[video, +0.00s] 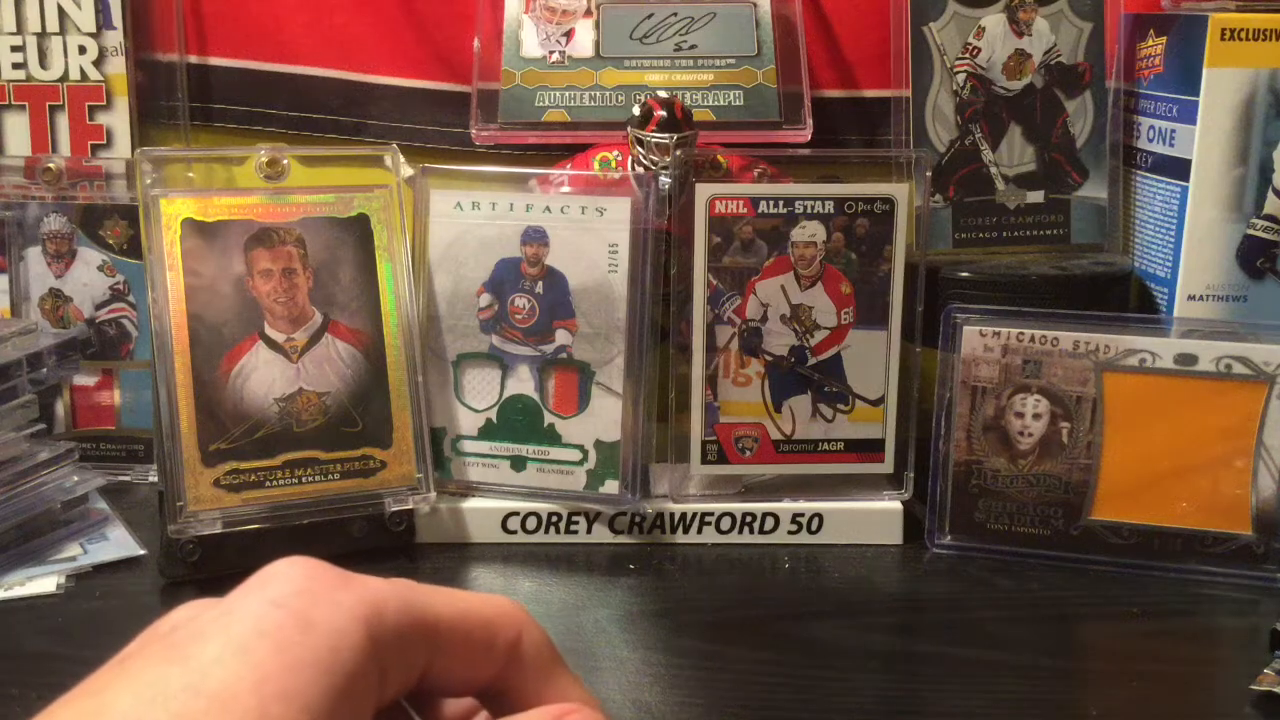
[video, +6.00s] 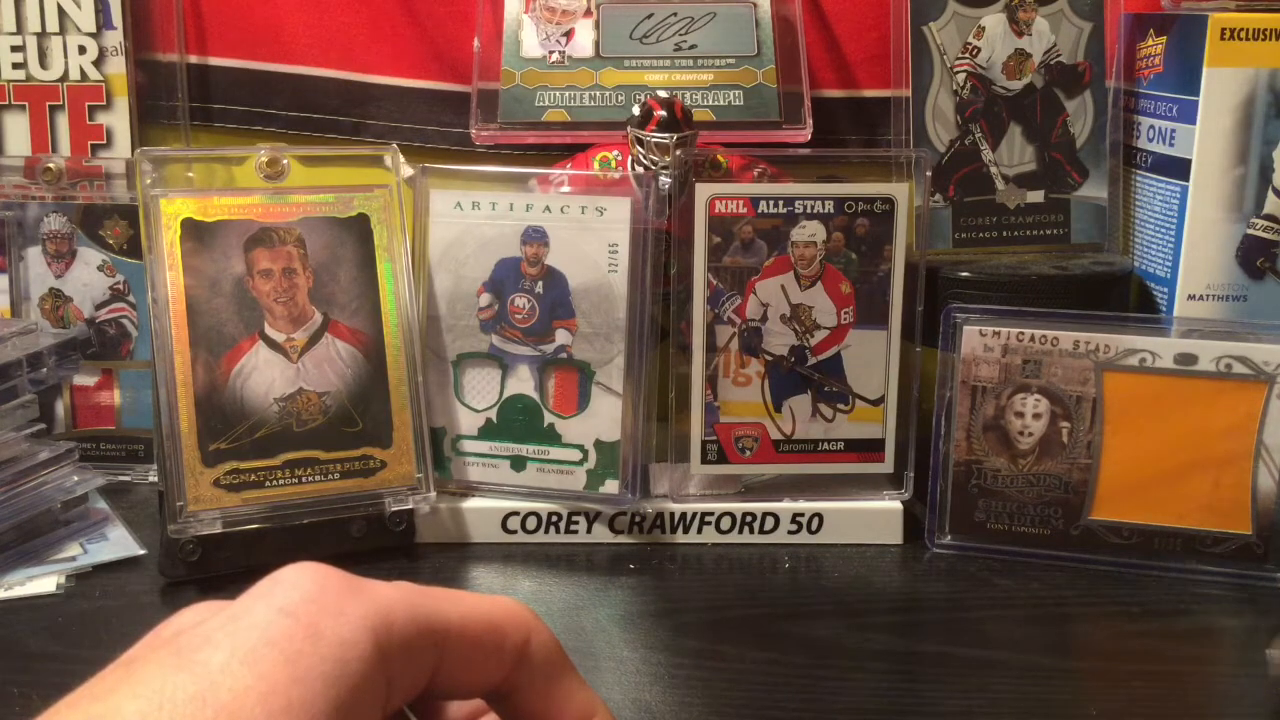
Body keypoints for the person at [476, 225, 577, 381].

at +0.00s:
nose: (535, 252)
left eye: (540, 246)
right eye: (530, 246)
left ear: (547, 250)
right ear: (522, 248)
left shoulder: (557, 280)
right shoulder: (504, 268)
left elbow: (565, 321)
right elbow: (486, 293)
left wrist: (562, 351)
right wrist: (486, 318)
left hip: (542, 352)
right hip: (503, 348)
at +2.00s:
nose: (534, 251)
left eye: (540, 247)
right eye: (530, 246)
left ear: (547, 250)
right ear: (522, 248)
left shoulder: (557, 280)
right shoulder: (504, 268)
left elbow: (565, 321)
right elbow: (487, 292)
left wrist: (562, 350)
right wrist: (486, 315)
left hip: (542, 354)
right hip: (503, 351)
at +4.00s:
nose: (534, 251)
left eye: (540, 247)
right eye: (530, 246)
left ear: (546, 250)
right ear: (522, 248)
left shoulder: (557, 280)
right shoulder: (504, 268)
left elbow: (565, 320)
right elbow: (487, 293)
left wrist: (562, 349)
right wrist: (487, 319)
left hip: (542, 353)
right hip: (503, 349)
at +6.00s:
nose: (534, 251)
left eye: (540, 246)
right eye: (530, 246)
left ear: (546, 250)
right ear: (522, 248)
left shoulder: (557, 280)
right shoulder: (504, 268)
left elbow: (565, 321)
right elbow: (487, 291)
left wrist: (562, 350)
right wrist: (486, 316)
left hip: (541, 353)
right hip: (502, 348)